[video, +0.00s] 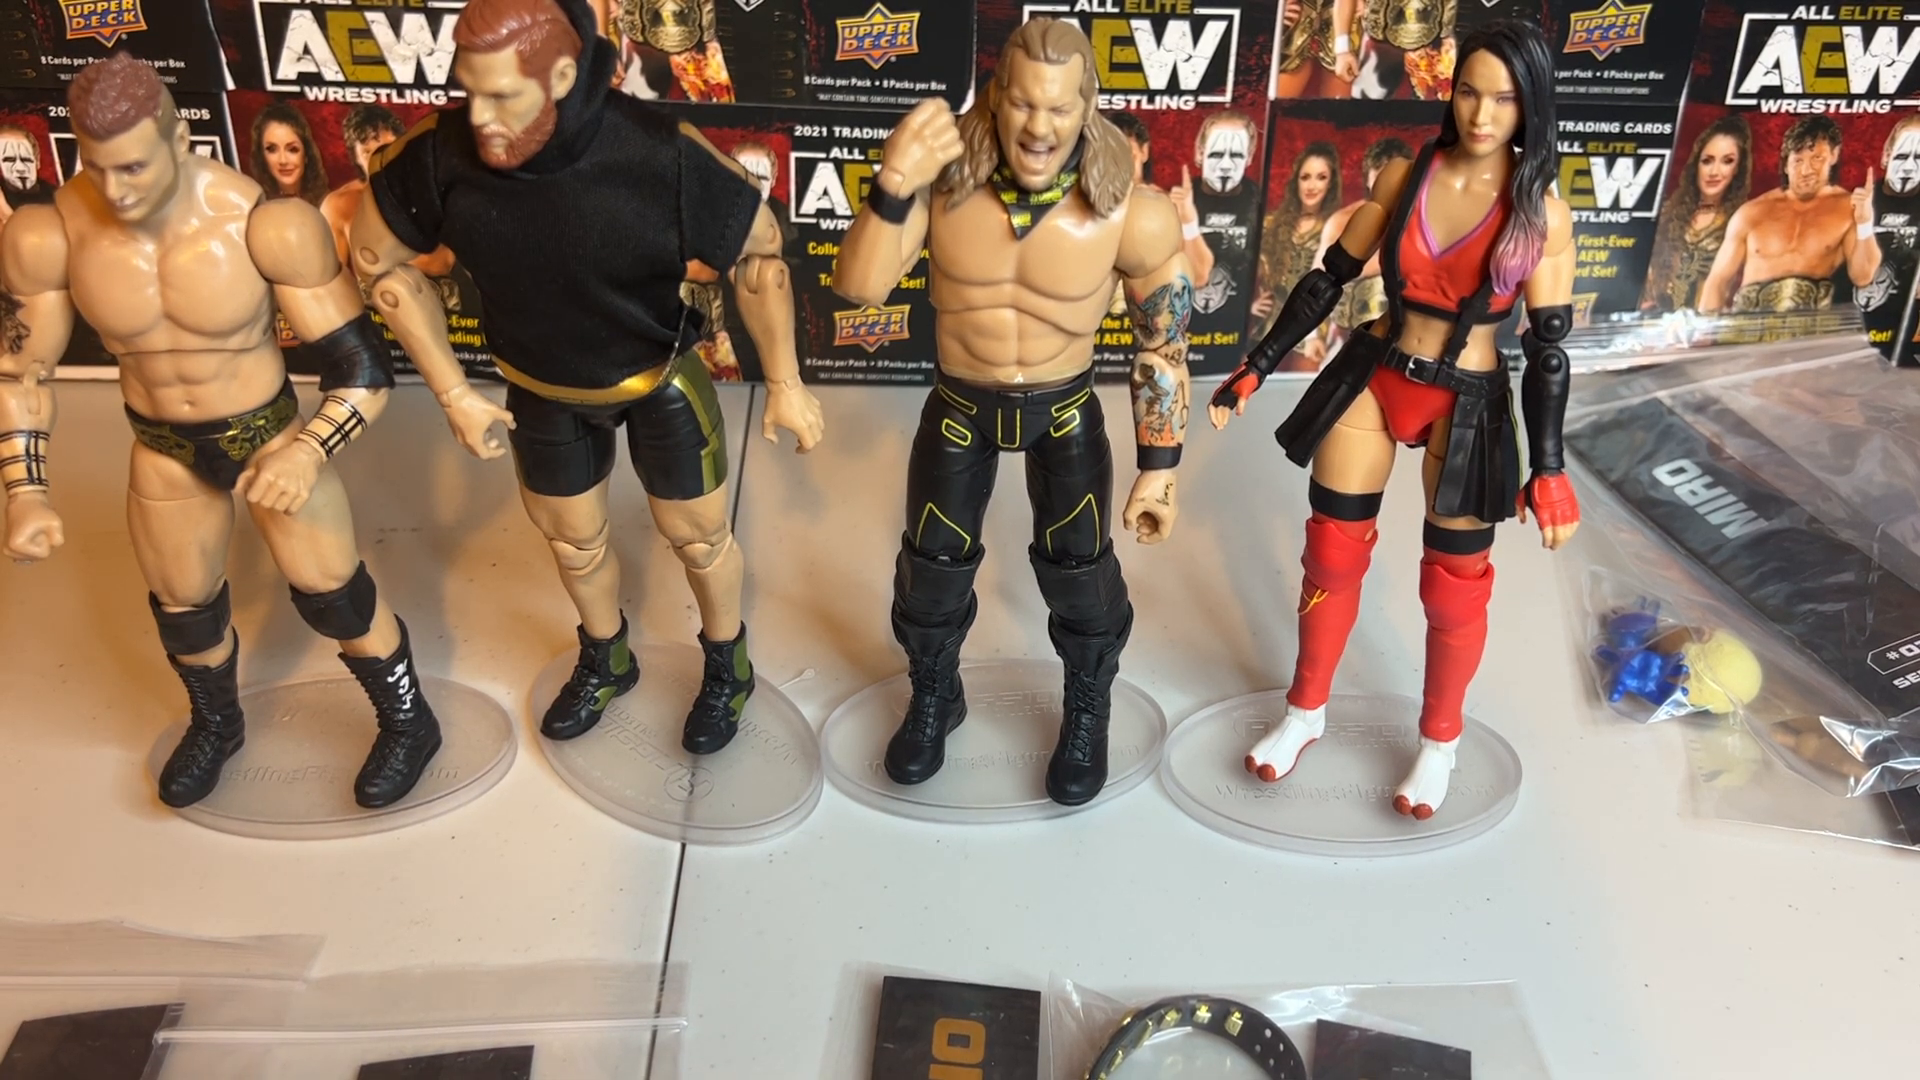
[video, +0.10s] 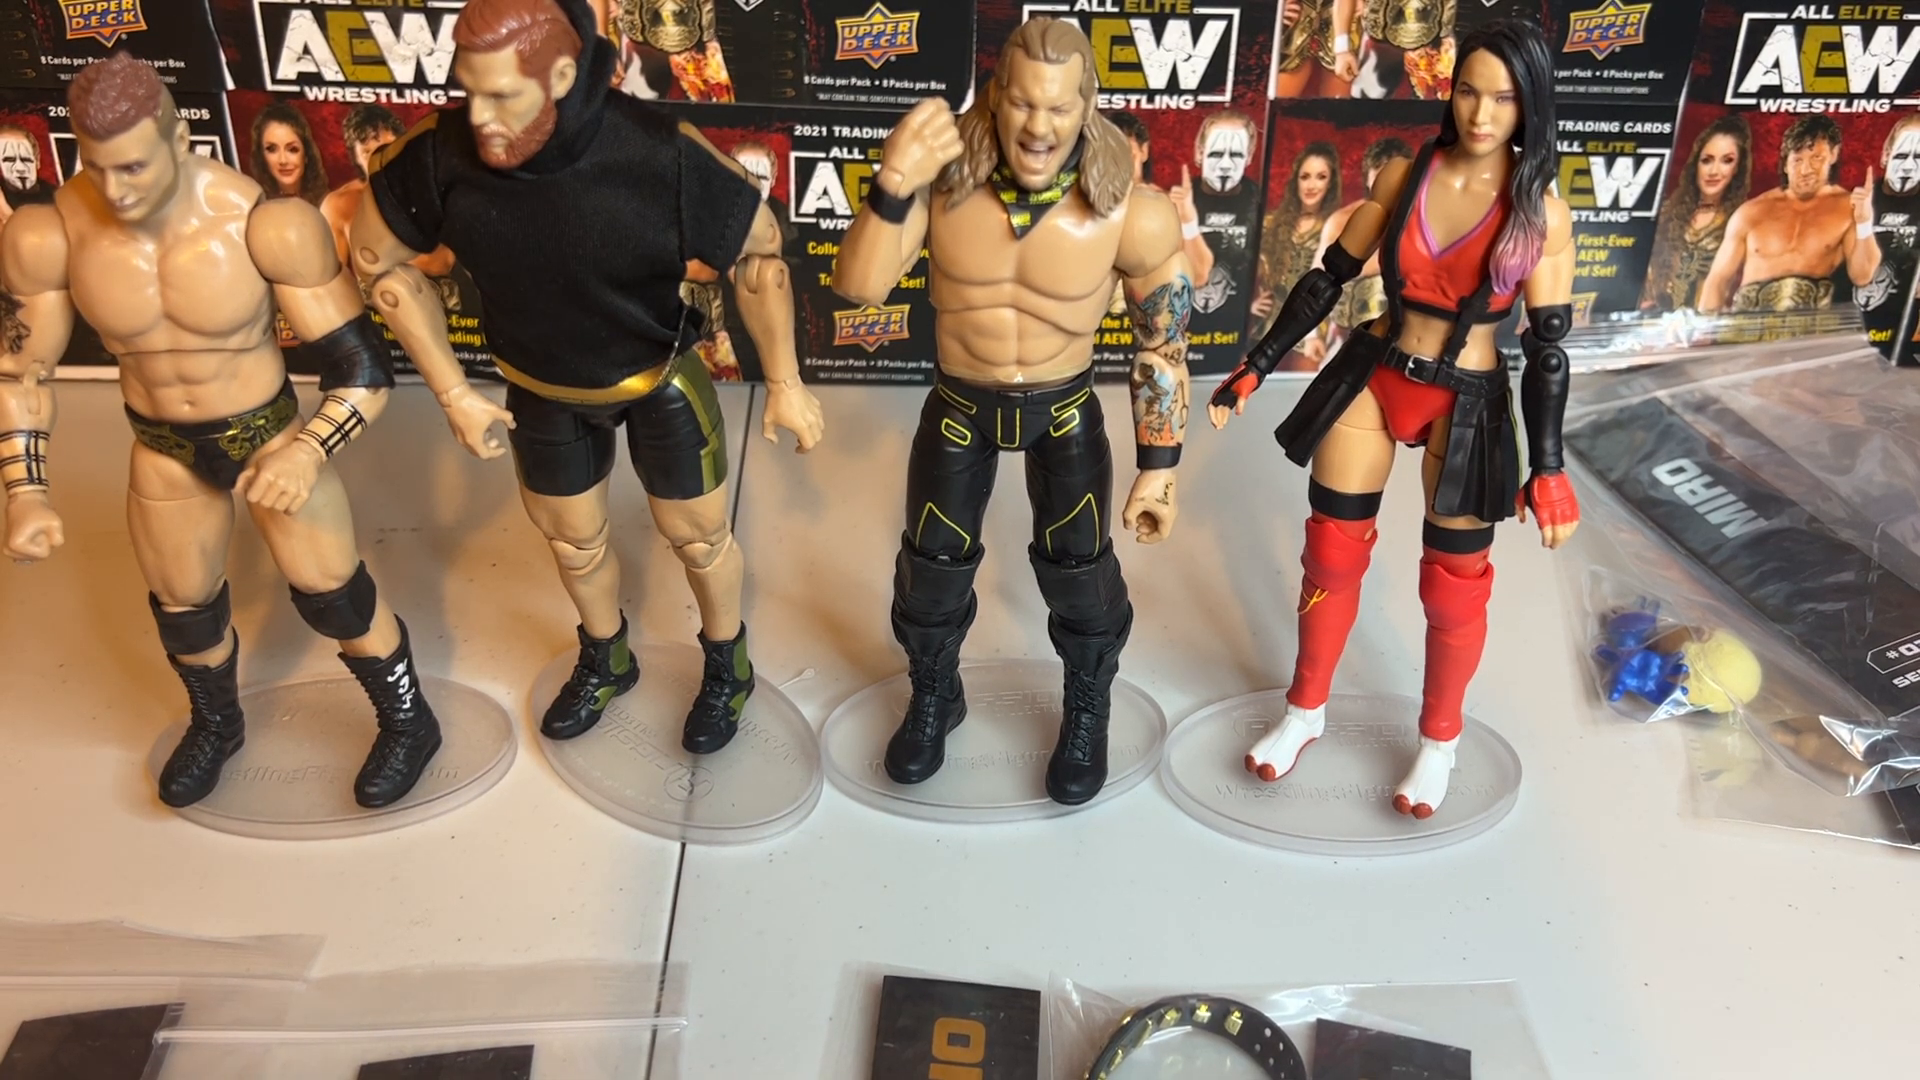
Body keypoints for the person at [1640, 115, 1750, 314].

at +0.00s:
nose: (1714, 171)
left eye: (1727, 161)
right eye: (1707, 160)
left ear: (1739, 168)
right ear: (1695, 164)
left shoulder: (1743, 220)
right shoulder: (1670, 213)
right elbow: (1655, 267)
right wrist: (1650, 300)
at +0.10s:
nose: (1714, 171)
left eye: (1727, 160)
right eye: (1706, 160)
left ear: (1739, 167)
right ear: (1695, 164)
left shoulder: (1742, 220)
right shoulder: (1670, 213)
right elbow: (1654, 267)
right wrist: (1649, 300)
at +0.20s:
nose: (1715, 171)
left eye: (1728, 161)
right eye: (1707, 160)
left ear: (1739, 168)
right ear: (1695, 164)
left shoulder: (1743, 220)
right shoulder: (1670, 213)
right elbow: (1654, 267)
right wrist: (1650, 300)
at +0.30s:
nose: (1714, 171)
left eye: (1727, 160)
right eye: (1706, 160)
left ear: (1739, 167)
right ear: (1695, 164)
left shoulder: (1742, 219)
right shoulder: (1670, 212)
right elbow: (1654, 266)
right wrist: (1649, 300)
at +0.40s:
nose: (1714, 171)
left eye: (1727, 161)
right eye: (1706, 160)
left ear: (1739, 168)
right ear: (1695, 164)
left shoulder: (1742, 220)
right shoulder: (1670, 213)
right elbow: (1654, 266)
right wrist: (1649, 299)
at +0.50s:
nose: (1714, 171)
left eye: (1727, 161)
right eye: (1707, 160)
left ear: (1739, 168)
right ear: (1695, 164)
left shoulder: (1742, 220)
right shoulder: (1670, 213)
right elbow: (1655, 267)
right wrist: (1650, 300)